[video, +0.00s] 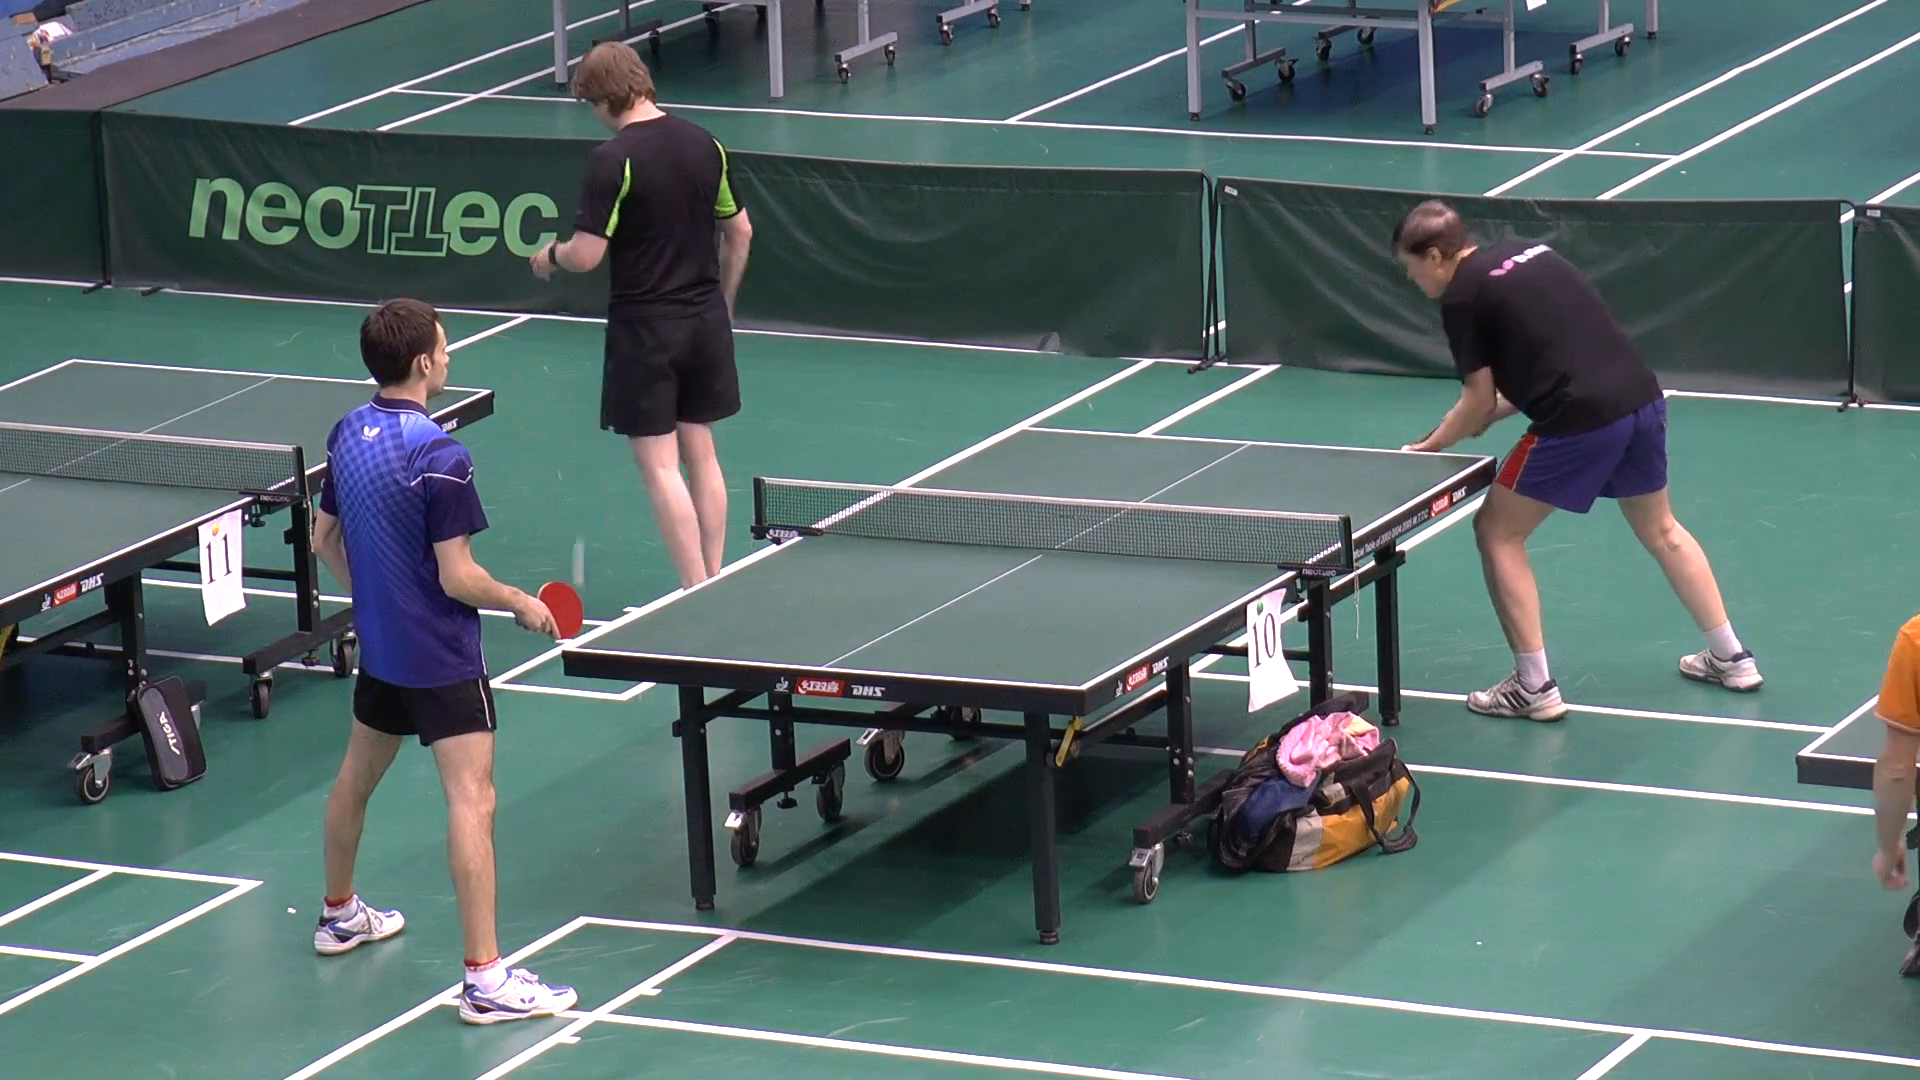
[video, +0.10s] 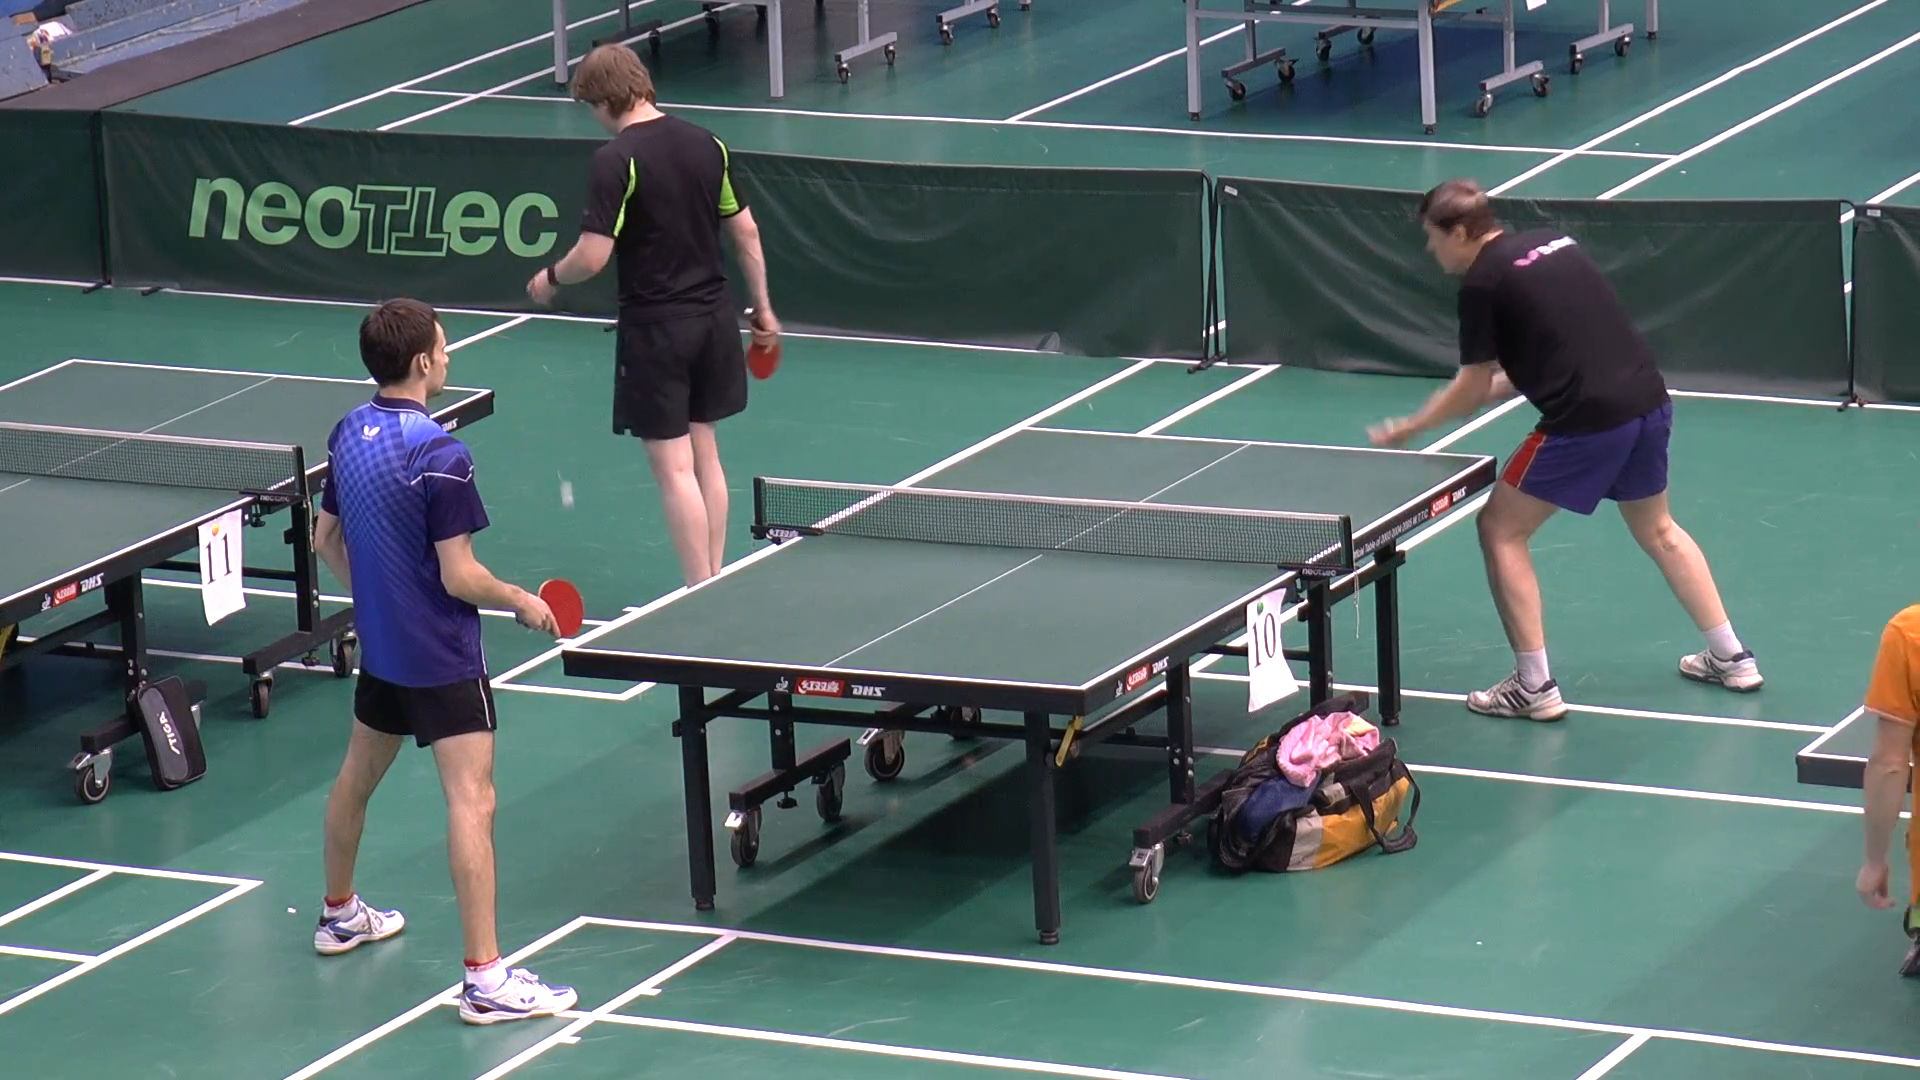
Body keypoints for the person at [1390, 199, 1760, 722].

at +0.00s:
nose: (1414, 279)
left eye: (1411, 267)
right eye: (1408, 269)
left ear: (1436, 256)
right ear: (1461, 243)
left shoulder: (1461, 296)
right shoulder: (1528, 253)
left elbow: (1480, 401)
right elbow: (1546, 361)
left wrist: (1442, 438)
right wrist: (1484, 416)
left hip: (1579, 419)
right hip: (1643, 399)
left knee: (1497, 532)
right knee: (1662, 529)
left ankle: (1533, 685)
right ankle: (1731, 655)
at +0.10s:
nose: (1431, 251)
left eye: (1433, 239)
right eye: (1429, 240)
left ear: (1460, 233)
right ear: (1482, 225)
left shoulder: (1482, 281)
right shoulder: (1551, 243)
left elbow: (1473, 386)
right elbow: (1557, 345)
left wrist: (1415, 424)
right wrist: (1486, 387)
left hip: (1585, 419)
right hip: (1649, 401)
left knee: (1501, 530)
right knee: (1659, 529)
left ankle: (1533, 684)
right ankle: (1731, 656)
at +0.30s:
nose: (1470, 189)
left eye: (1475, 179)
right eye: (1472, 178)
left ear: (1501, 185)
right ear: (1531, 184)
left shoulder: (1508, 233)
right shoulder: (1581, 219)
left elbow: (1418, 269)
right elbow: (1507, 300)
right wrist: (1446, 241)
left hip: (1591, 411)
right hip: (1654, 400)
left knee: (1511, 526)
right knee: (1660, 524)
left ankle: (1534, 684)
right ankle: (1731, 655)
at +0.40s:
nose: (1491, 159)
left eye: (1497, 151)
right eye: (1494, 149)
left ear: (1522, 165)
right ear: (1551, 166)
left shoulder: (1521, 217)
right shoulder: (1589, 209)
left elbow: (1421, 244)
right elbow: (1502, 278)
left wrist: (1360, 178)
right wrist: (1461, 206)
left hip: (1586, 406)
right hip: (1650, 396)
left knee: (1512, 526)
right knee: (1662, 524)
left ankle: (1534, 684)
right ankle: (1731, 656)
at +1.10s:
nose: (1547, 125)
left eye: (1555, 119)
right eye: (1553, 116)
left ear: (1570, 140)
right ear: (1606, 143)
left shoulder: (1558, 207)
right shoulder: (1658, 188)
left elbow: (1567, 290)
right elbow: (1742, 216)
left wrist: (1542, 381)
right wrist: (1757, 195)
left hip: (1615, 392)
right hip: (1683, 384)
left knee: (1544, 516)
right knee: (1685, 514)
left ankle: (1540, 673)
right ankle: (1722, 644)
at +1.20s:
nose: (1534, 138)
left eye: (1541, 132)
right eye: (1538, 129)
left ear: (1560, 147)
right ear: (1596, 144)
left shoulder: (1557, 209)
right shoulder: (1656, 183)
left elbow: (1573, 294)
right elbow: (1732, 187)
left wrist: (1550, 383)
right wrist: (1711, 151)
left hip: (1621, 391)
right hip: (1688, 381)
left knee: (1543, 508)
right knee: (1687, 513)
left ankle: (1563, 667)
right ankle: (1722, 646)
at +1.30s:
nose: (1512, 155)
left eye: (1518, 146)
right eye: (1514, 144)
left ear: (1543, 157)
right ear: (1577, 151)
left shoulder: (1554, 221)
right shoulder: (1636, 186)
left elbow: (1583, 304)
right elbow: (1697, 201)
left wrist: (1557, 398)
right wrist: (1671, 175)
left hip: (1629, 391)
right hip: (1689, 380)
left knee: (1542, 507)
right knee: (1682, 515)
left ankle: (1569, 662)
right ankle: (1726, 645)